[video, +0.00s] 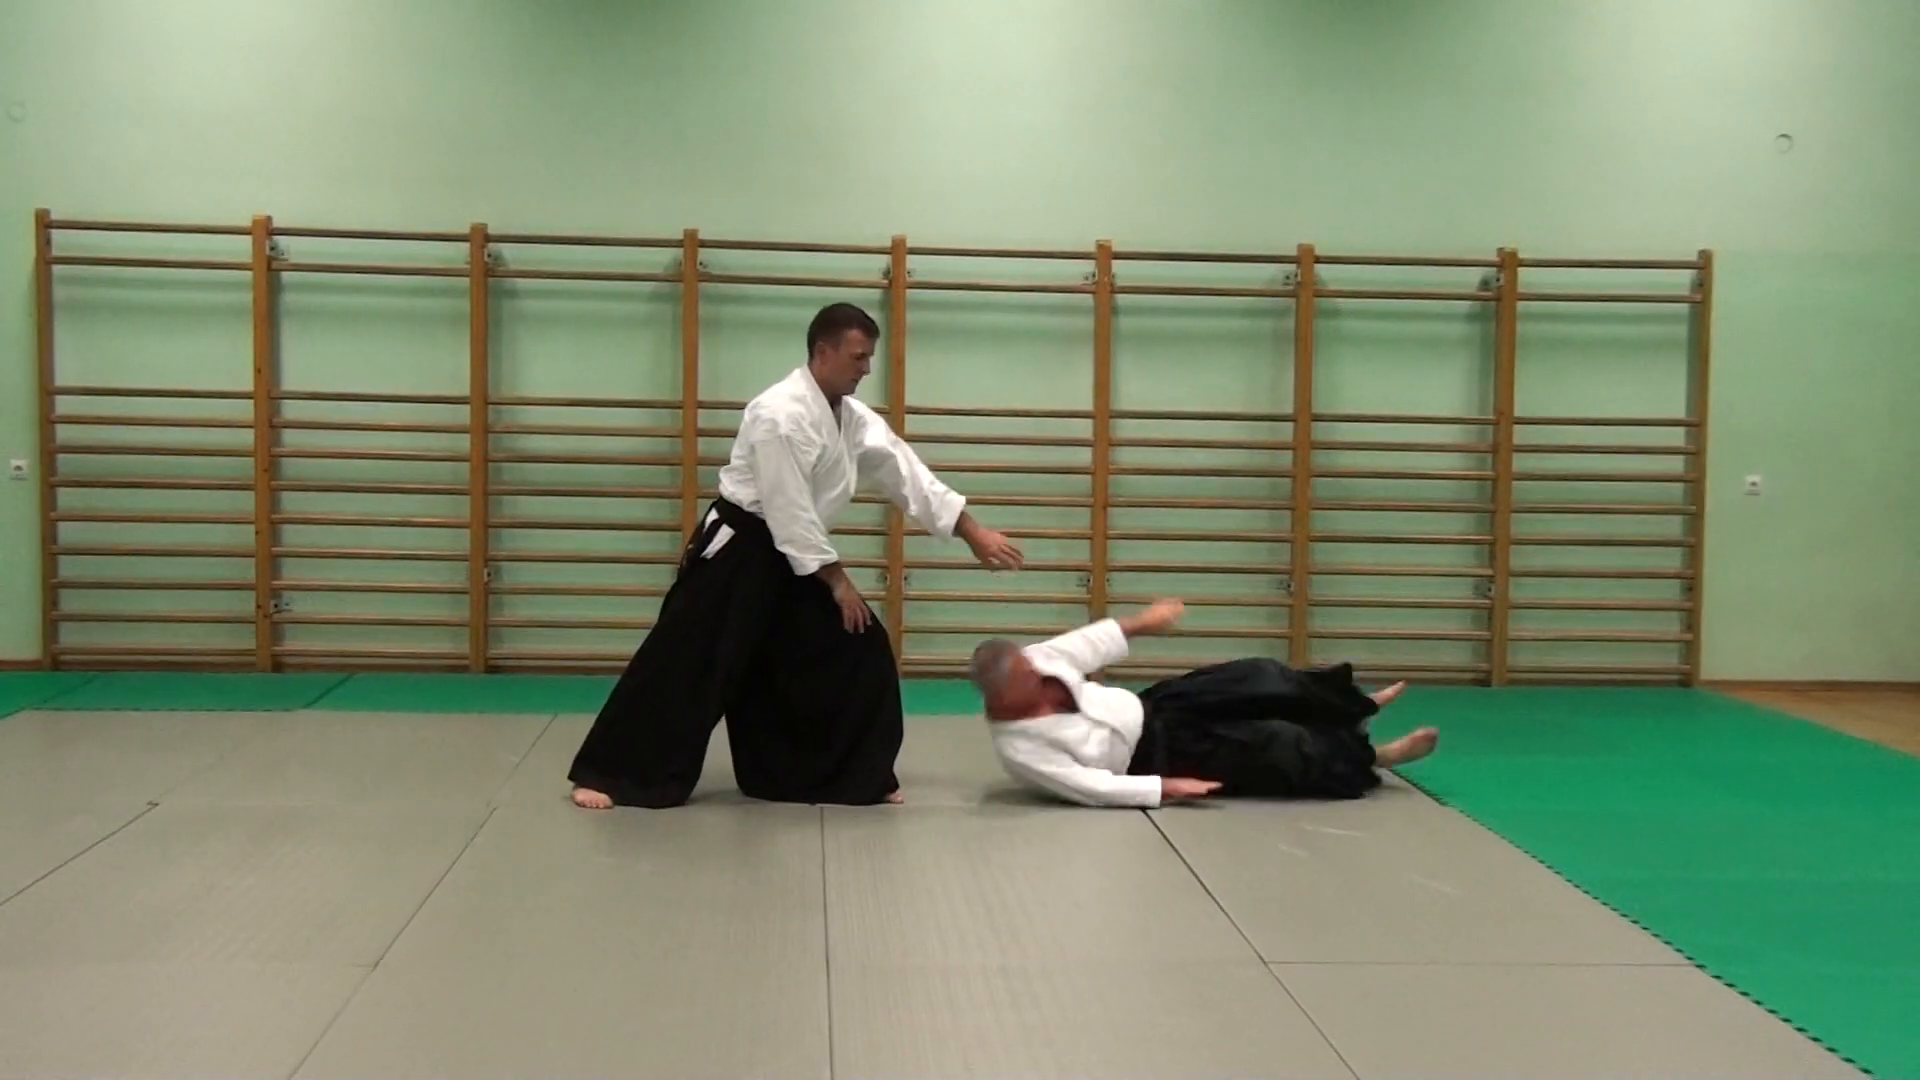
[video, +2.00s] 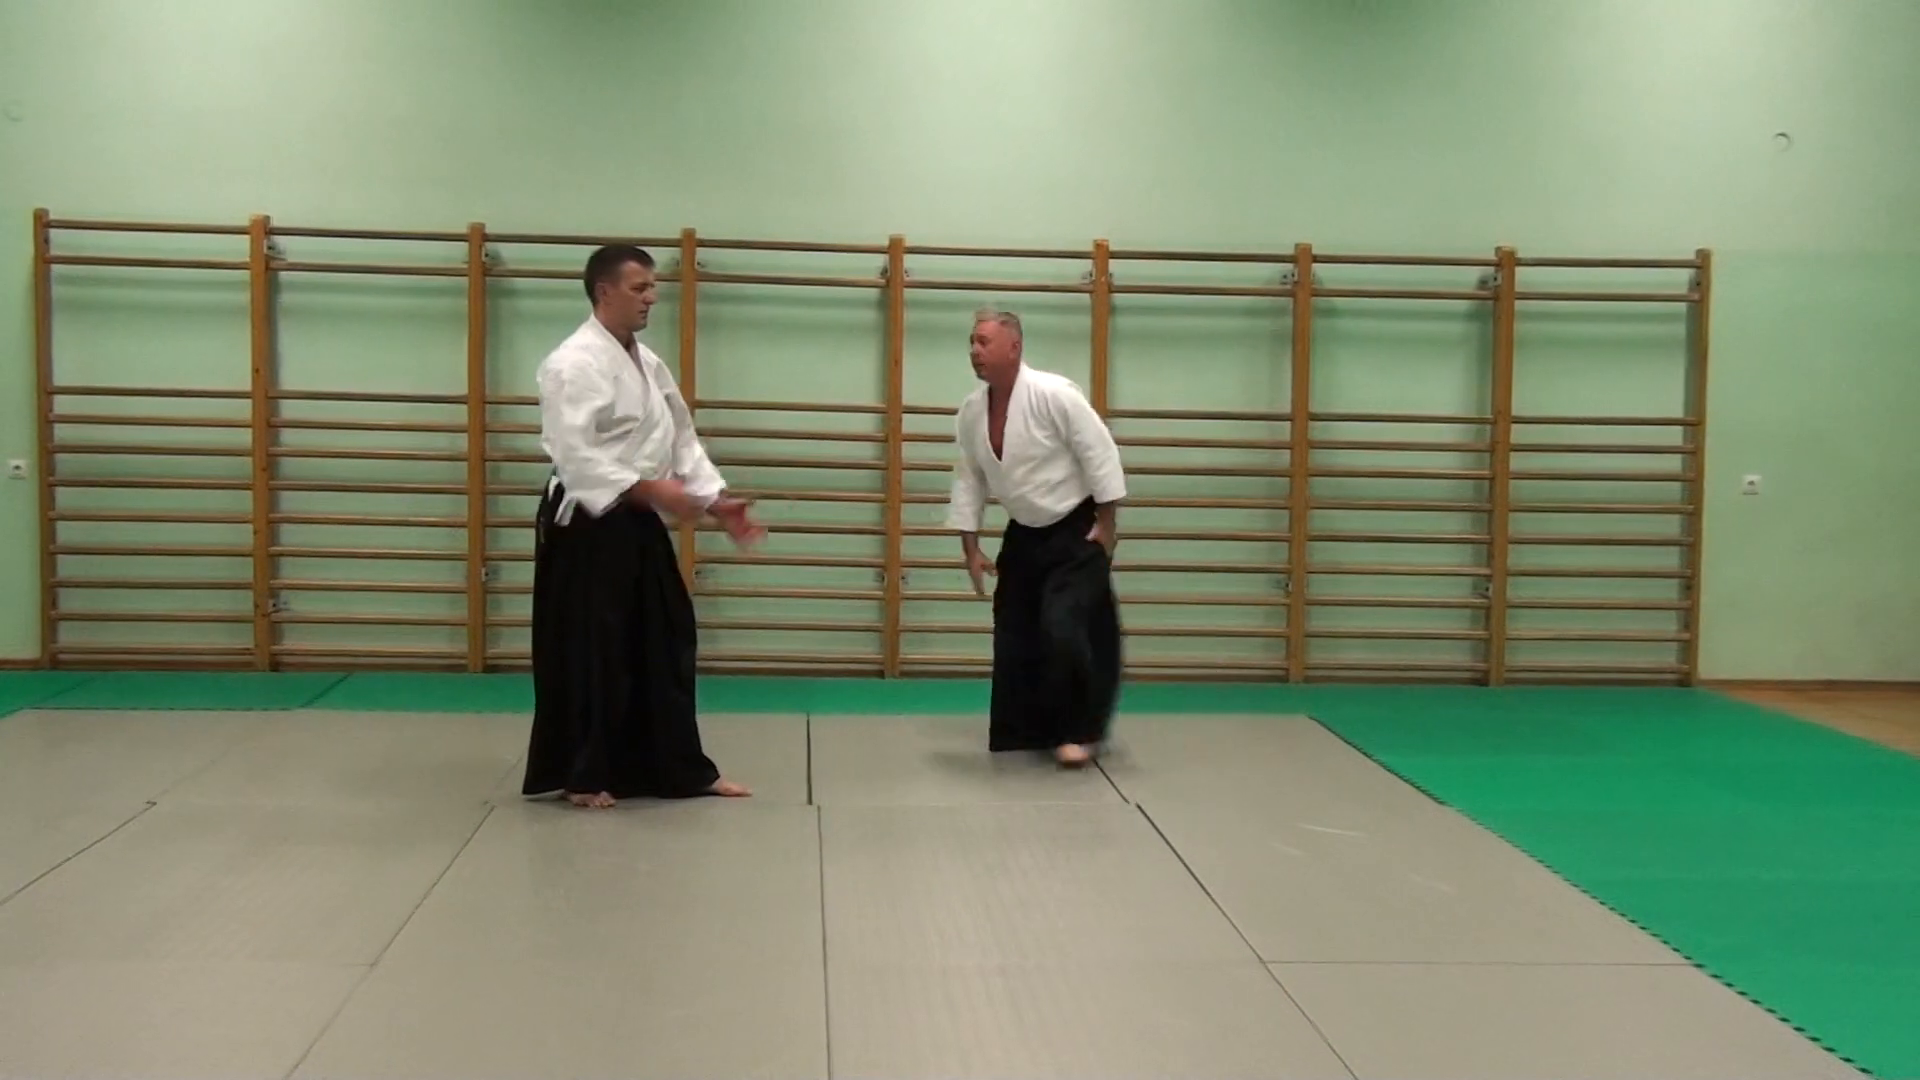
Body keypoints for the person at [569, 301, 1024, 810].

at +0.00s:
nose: (866, 368)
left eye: (869, 358)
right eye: (859, 356)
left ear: (851, 357)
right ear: (824, 350)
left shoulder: (851, 415)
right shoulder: (778, 413)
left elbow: (906, 471)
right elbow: (788, 508)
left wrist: (972, 528)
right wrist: (837, 577)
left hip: (794, 555)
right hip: (739, 547)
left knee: (861, 647)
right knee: (684, 658)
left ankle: (856, 776)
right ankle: (606, 773)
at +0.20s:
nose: (859, 361)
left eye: (862, 351)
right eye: (851, 350)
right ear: (815, 346)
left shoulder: (844, 416)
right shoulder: (771, 410)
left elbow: (885, 482)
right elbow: (769, 510)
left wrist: (918, 560)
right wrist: (808, 584)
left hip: (793, 547)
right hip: (735, 546)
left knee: (860, 645)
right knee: (682, 658)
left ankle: (859, 775)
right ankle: (603, 774)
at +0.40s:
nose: (815, 349)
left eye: (819, 339)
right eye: (806, 337)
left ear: (817, 342)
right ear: (770, 336)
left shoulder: (811, 409)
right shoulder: (725, 404)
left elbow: (830, 493)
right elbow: (711, 500)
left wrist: (834, 575)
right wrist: (734, 585)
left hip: (777, 548)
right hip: (713, 545)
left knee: (834, 651)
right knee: (678, 664)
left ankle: (857, 774)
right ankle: (602, 773)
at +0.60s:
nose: (743, 324)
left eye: (745, 315)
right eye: (732, 314)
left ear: (739, 318)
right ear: (696, 315)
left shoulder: (740, 387)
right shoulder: (657, 384)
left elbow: (764, 471)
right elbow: (636, 481)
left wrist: (765, 552)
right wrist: (658, 567)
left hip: (717, 533)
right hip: (659, 529)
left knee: (763, 646)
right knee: (639, 657)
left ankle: (817, 761)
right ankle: (595, 776)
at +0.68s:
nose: (719, 314)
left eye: (721, 305)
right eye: (709, 304)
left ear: (715, 308)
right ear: (672, 307)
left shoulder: (718, 377)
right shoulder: (636, 377)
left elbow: (739, 463)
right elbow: (617, 474)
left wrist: (737, 542)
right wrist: (637, 560)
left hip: (700, 528)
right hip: (641, 524)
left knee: (737, 646)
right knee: (628, 654)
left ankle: (784, 766)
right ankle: (598, 776)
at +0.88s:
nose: (682, 301)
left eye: (684, 291)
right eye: (671, 291)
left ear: (675, 296)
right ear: (636, 294)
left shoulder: (683, 366)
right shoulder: (604, 366)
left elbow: (702, 452)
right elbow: (588, 462)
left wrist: (702, 531)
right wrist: (607, 549)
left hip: (672, 517)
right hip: (616, 516)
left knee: (697, 640)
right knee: (607, 645)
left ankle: (707, 769)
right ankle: (587, 774)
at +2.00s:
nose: (651, 298)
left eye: (652, 289)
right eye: (640, 288)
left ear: (645, 295)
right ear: (602, 293)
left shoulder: (649, 363)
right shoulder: (569, 366)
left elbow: (680, 444)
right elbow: (578, 462)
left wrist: (718, 502)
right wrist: (648, 489)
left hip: (642, 520)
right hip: (585, 523)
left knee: (668, 637)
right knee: (589, 645)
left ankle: (678, 768)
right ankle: (581, 775)